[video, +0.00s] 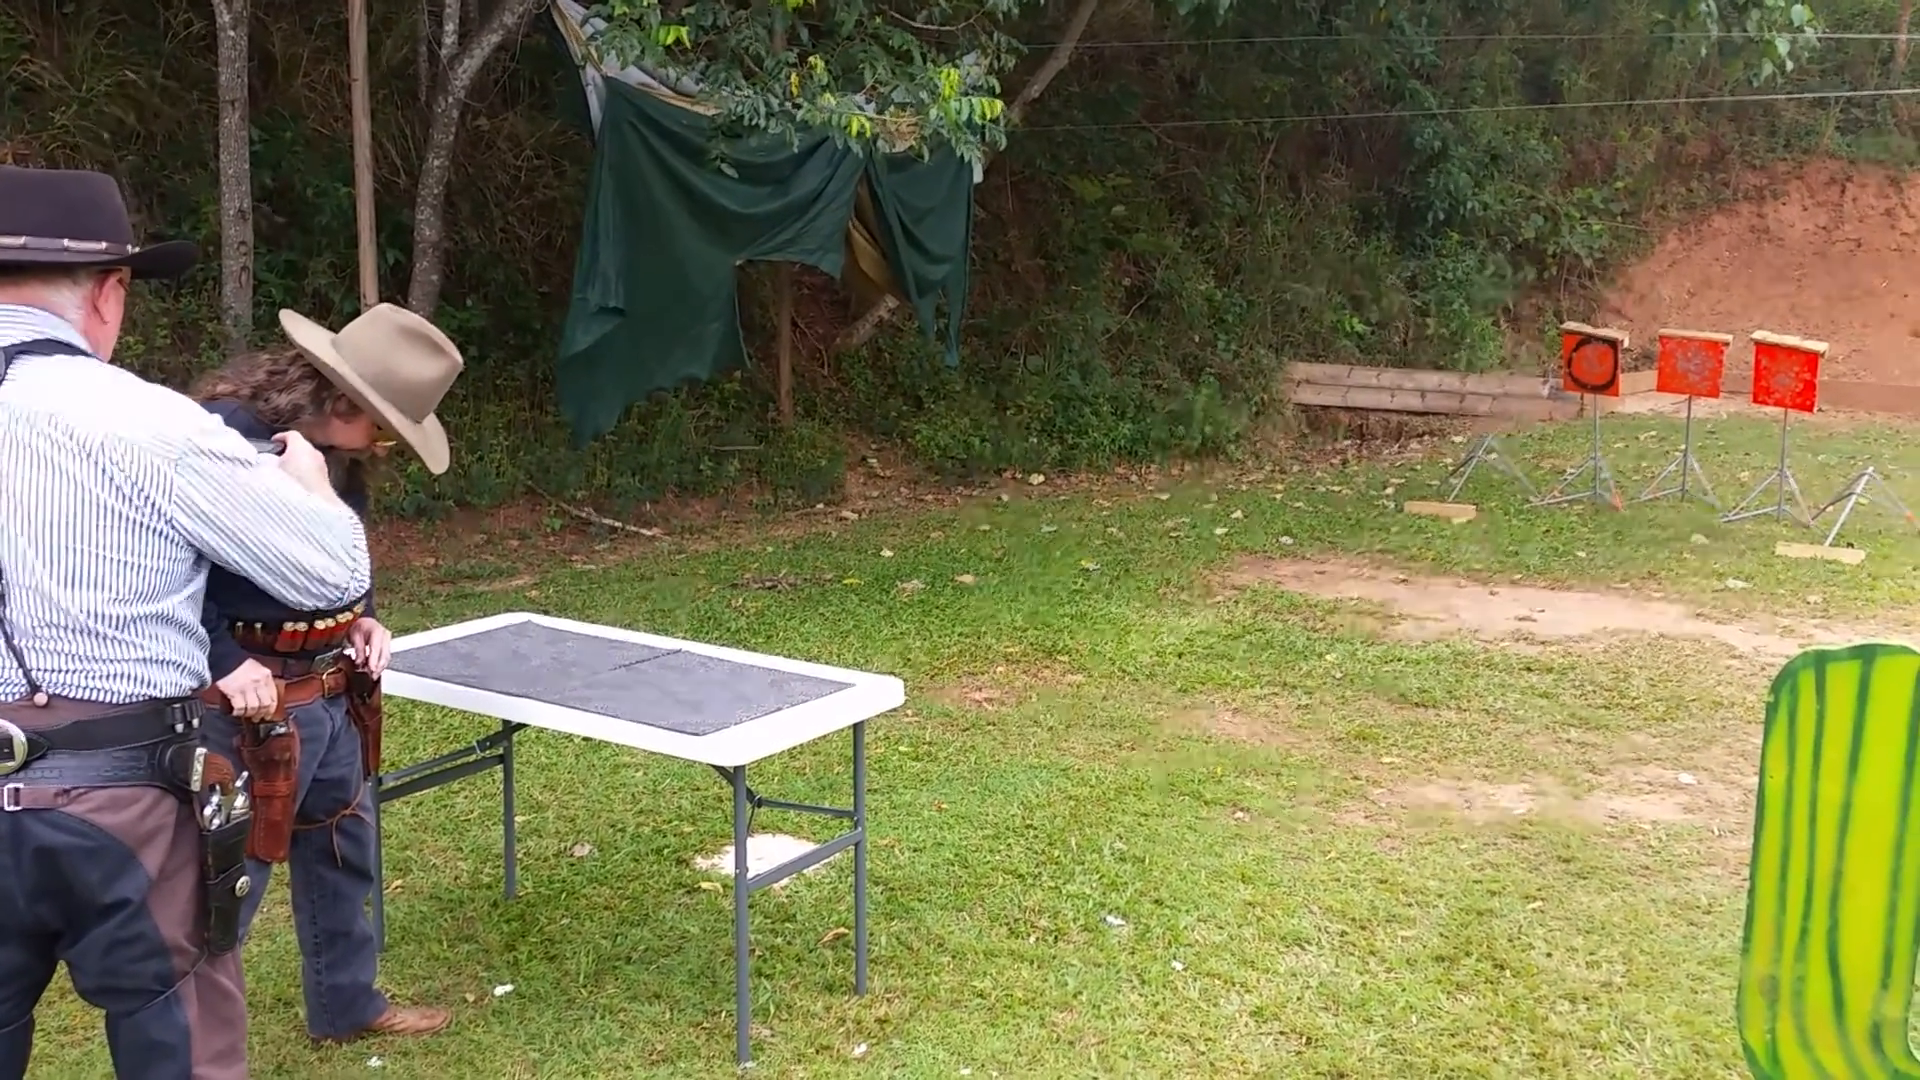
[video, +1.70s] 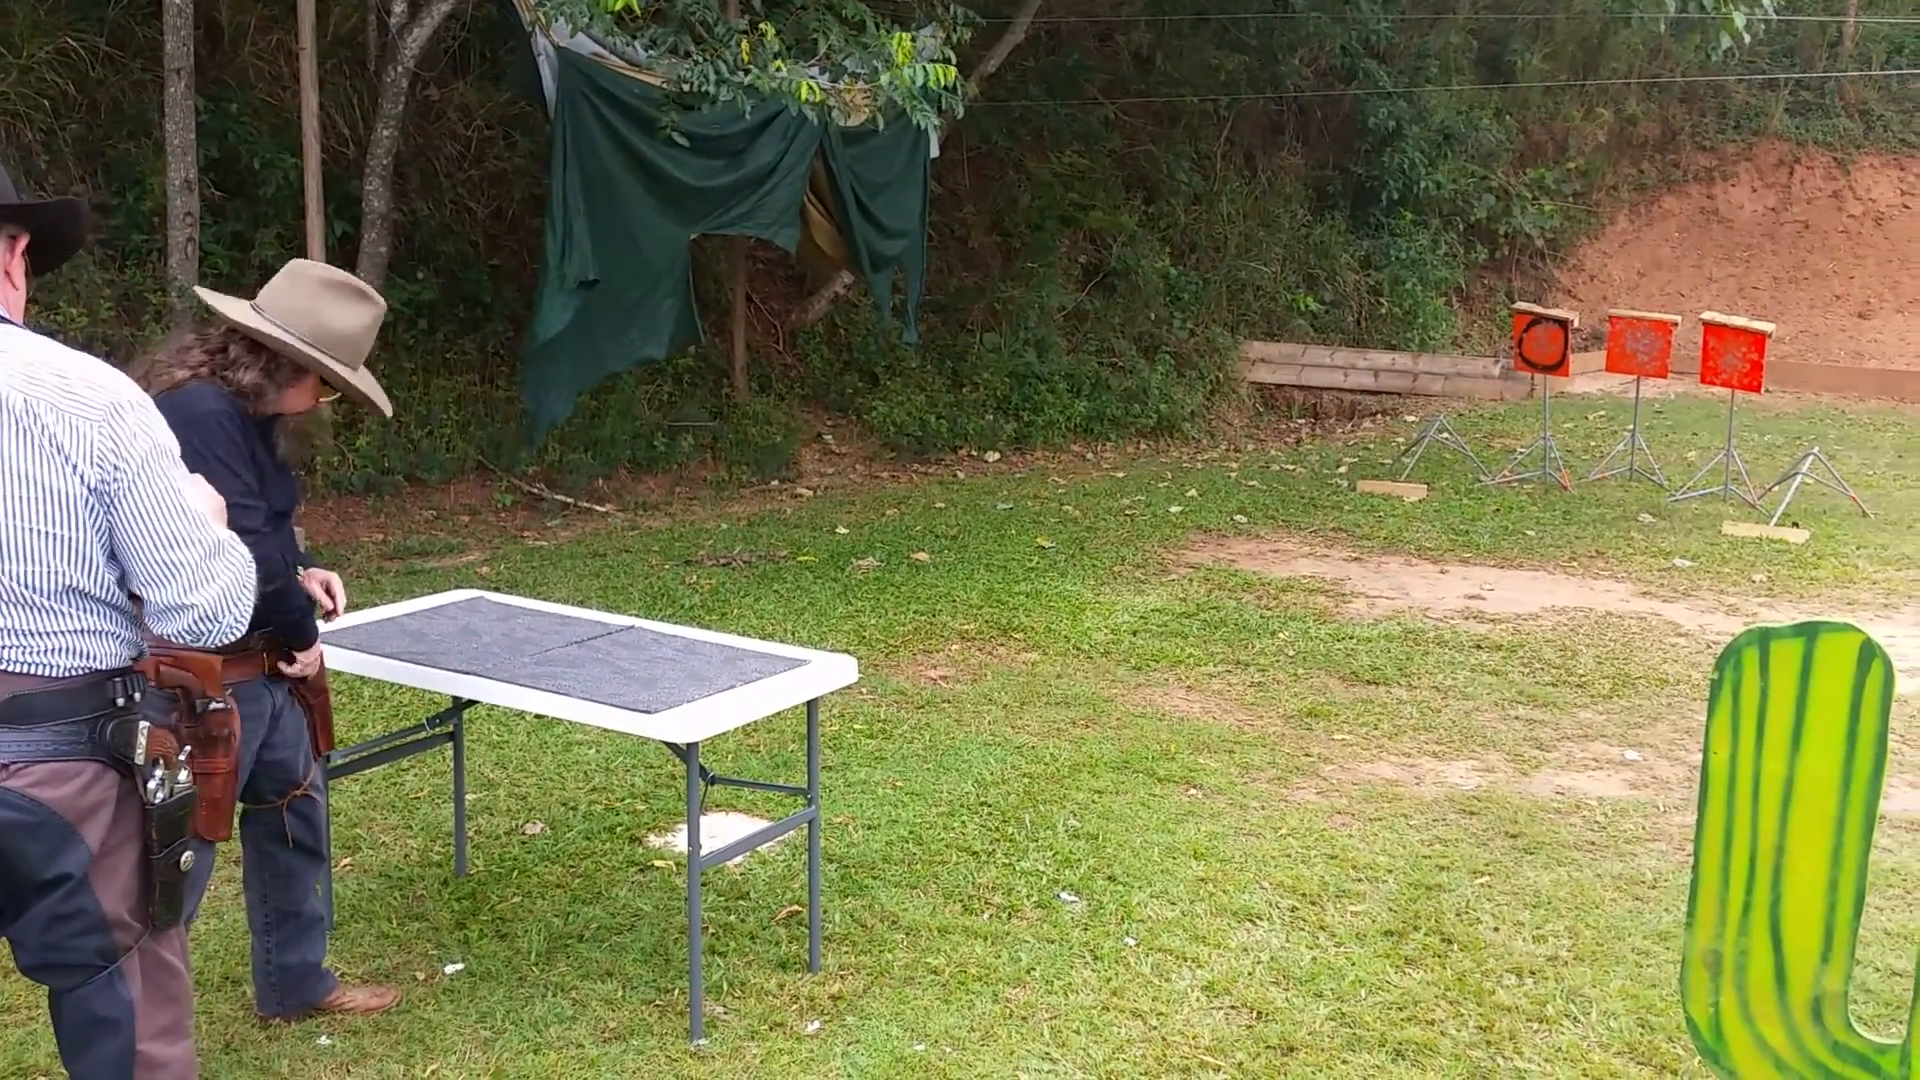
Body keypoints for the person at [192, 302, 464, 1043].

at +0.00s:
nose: (382, 447)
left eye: (390, 436)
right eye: (383, 431)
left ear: (355, 411)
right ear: (348, 404)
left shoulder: (335, 464)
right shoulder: (219, 442)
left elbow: (333, 564)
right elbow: (172, 573)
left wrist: (357, 619)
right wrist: (224, 658)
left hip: (326, 698)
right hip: (243, 709)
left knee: (342, 855)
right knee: (228, 886)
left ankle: (346, 1006)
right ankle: (187, 1032)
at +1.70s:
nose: (320, 401)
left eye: (326, 388)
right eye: (320, 384)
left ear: (276, 364)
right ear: (287, 368)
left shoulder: (249, 421)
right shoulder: (206, 417)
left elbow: (262, 524)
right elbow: (247, 556)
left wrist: (303, 570)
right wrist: (297, 636)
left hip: (264, 670)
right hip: (202, 675)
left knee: (293, 822)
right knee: (180, 857)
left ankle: (294, 986)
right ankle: (133, 1003)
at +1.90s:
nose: (312, 352)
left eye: (312, 337)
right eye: (304, 337)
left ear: (235, 333)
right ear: (265, 341)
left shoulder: (189, 387)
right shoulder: (215, 393)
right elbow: (275, 512)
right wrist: (316, 571)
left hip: (245, 646)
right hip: (191, 659)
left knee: (280, 816)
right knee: (174, 856)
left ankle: (289, 983)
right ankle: (125, 1010)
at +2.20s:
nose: (283, 328)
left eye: (281, 314)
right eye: (276, 315)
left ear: (198, 323)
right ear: (245, 324)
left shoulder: (169, 393)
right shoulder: (228, 402)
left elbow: (246, 487)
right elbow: (316, 521)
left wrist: (318, 460)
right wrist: (359, 483)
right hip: (198, 665)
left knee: (275, 819)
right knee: (184, 858)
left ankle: (284, 979)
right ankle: (120, 1007)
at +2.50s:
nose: (281, 329)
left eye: (276, 316)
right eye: (271, 317)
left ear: (192, 325)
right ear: (243, 327)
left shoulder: (161, 393)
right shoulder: (231, 403)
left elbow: (306, 397)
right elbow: (342, 412)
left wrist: (393, 370)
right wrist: (427, 384)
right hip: (192, 663)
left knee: (263, 815)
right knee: (183, 858)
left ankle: (275, 980)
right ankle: (108, 1012)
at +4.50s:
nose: (279, 338)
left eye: (276, 324)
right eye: (269, 323)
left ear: (192, 325)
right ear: (233, 328)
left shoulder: (141, 384)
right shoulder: (224, 399)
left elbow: (304, 391)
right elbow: (336, 414)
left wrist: (401, 364)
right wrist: (429, 386)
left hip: (125, 651)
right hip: (160, 663)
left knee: (235, 814)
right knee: (146, 864)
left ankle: (244, 982)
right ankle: (71, 1019)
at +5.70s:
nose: (264, 366)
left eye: (268, 352)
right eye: (264, 350)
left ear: (189, 321)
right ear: (235, 339)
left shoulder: (138, 378)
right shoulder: (188, 398)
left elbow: (219, 449)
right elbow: (300, 484)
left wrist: (301, 436)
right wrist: (376, 446)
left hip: (185, 653)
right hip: (155, 666)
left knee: (235, 819)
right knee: (149, 855)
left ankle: (240, 985)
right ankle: (76, 1012)